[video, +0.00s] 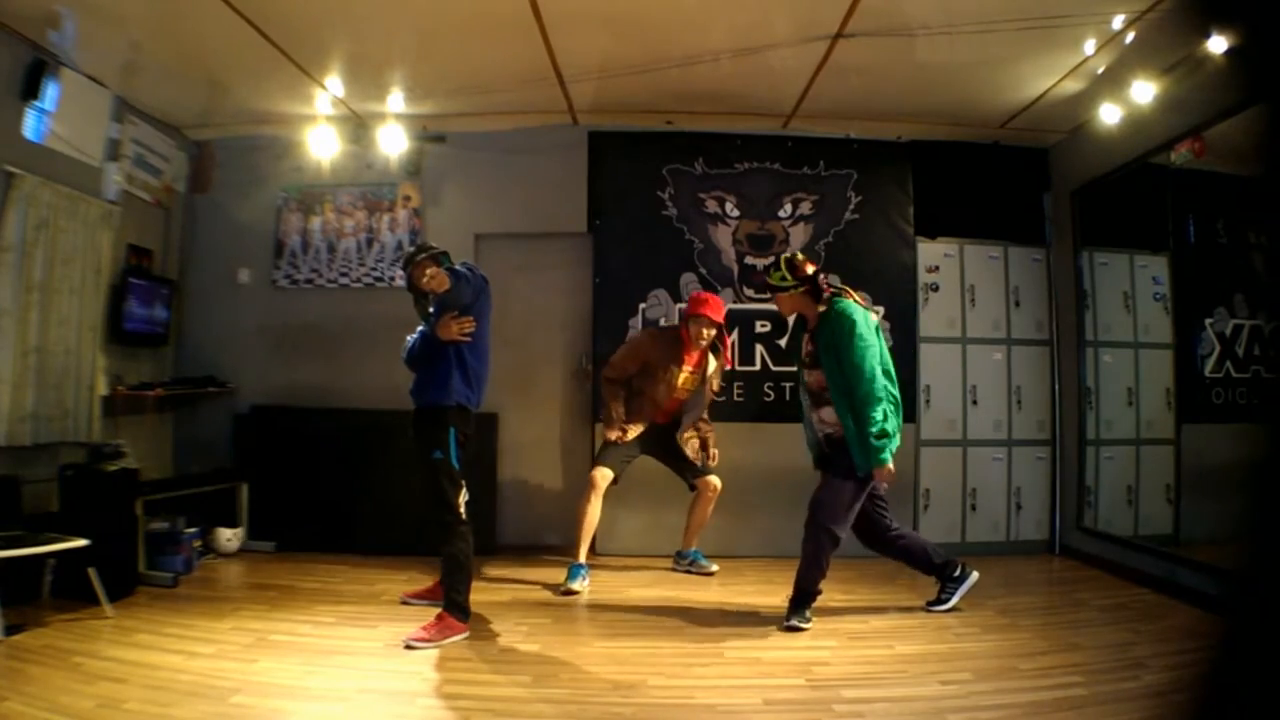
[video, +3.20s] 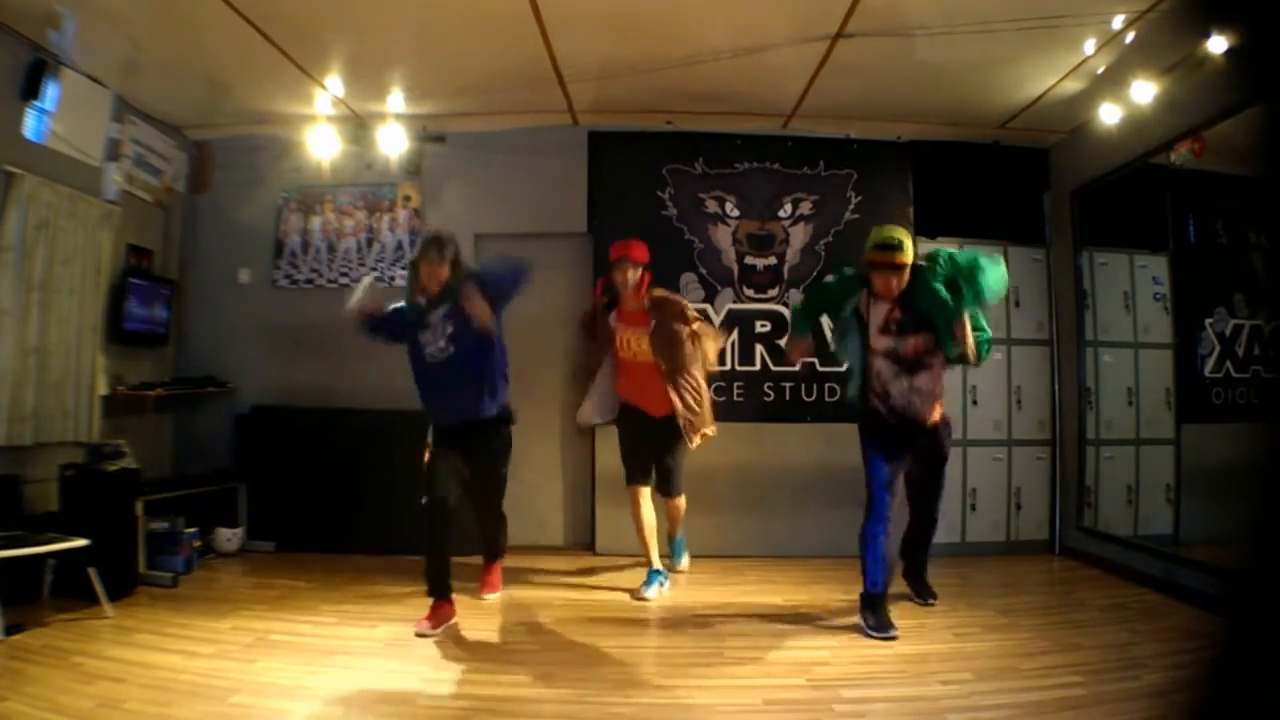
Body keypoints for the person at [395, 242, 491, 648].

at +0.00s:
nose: (428, 280)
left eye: (430, 271)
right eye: (420, 279)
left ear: (444, 264)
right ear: (417, 286)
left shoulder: (471, 280)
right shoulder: (434, 309)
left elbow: (455, 295)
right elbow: (411, 355)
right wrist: (434, 333)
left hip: (454, 406)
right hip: (431, 408)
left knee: (455, 508)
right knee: (442, 502)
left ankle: (455, 614)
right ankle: (447, 582)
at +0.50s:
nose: (415, 282)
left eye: (415, 272)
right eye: (411, 275)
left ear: (429, 263)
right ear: (426, 266)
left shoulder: (461, 285)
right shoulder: (445, 292)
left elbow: (445, 356)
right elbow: (424, 344)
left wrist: (412, 359)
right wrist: (427, 359)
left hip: (452, 413)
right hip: (435, 412)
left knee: (454, 509)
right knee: (439, 501)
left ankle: (456, 614)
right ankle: (445, 582)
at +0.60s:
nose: (413, 282)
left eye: (414, 273)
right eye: (409, 275)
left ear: (430, 264)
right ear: (419, 270)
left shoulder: (465, 289)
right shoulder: (433, 301)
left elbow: (477, 343)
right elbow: (422, 351)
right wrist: (410, 382)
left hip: (455, 415)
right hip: (429, 414)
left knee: (455, 508)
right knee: (433, 499)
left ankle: (456, 614)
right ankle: (443, 581)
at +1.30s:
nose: (470, 263)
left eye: (478, 255)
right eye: (463, 254)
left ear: (487, 257)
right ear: (447, 251)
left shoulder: (496, 302)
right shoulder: (416, 290)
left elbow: (502, 366)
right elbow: (393, 349)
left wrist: (494, 419)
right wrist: (394, 406)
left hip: (472, 413)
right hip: (427, 410)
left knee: (470, 505)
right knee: (433, 498)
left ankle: (470, 597)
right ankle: (447, 581)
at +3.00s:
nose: (440, 256)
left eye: (448, 248)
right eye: (433, 248)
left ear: (464, 248)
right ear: (423, 252)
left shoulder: (489, 288)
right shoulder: (420, 293)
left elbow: (507, 349)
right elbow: (416, 348)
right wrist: (377, 375)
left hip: (486, 404)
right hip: (443, 404)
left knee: (475, 486)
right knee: (431, 474)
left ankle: (477, 573)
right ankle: (437, 537)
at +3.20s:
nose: (430, 274)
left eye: (437, 266)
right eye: (424, 266)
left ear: (452, 267)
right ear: (416, 268)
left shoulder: (477, 294)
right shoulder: (412, 315)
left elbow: (518, 272)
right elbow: (382, 326)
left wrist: (478, 284)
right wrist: (366, 315)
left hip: (488, 421)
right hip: (445, 425)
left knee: (486, 501)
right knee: (438, 508)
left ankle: (493, 563)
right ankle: (441, 600)